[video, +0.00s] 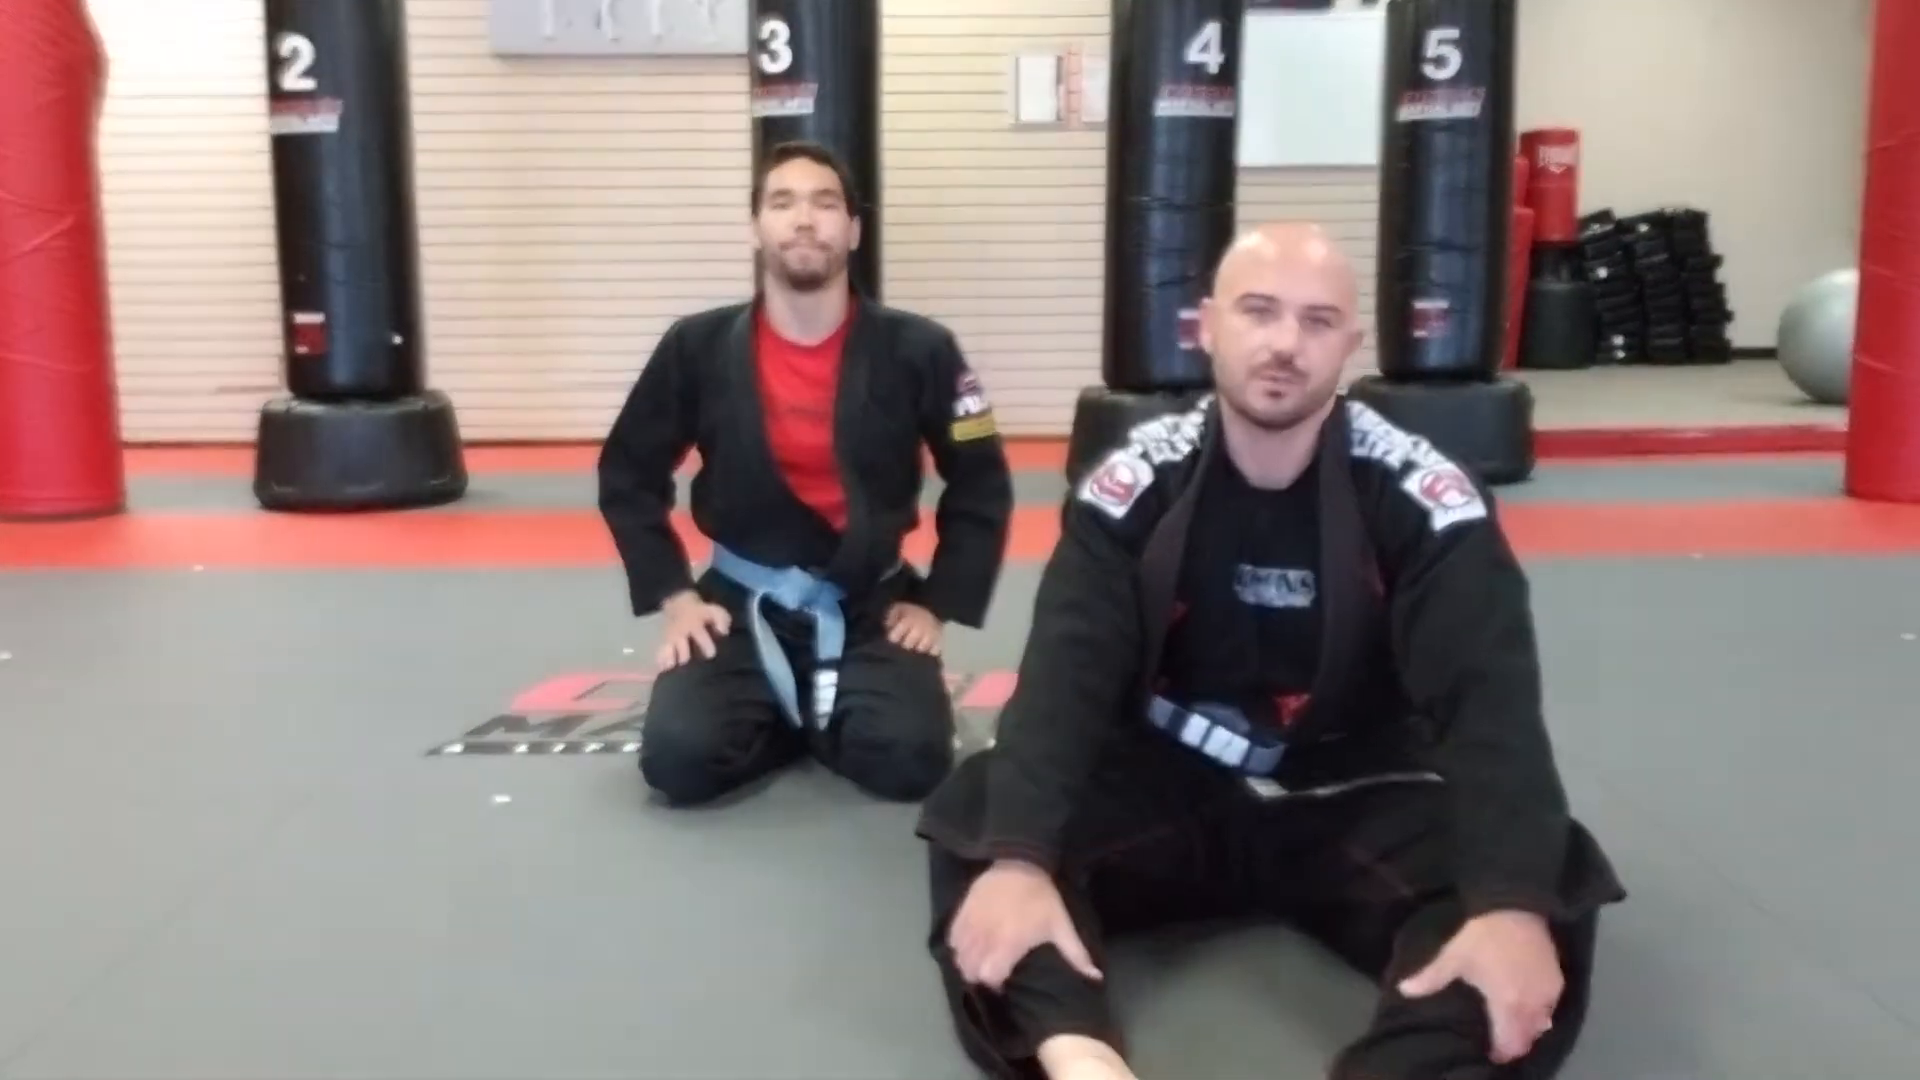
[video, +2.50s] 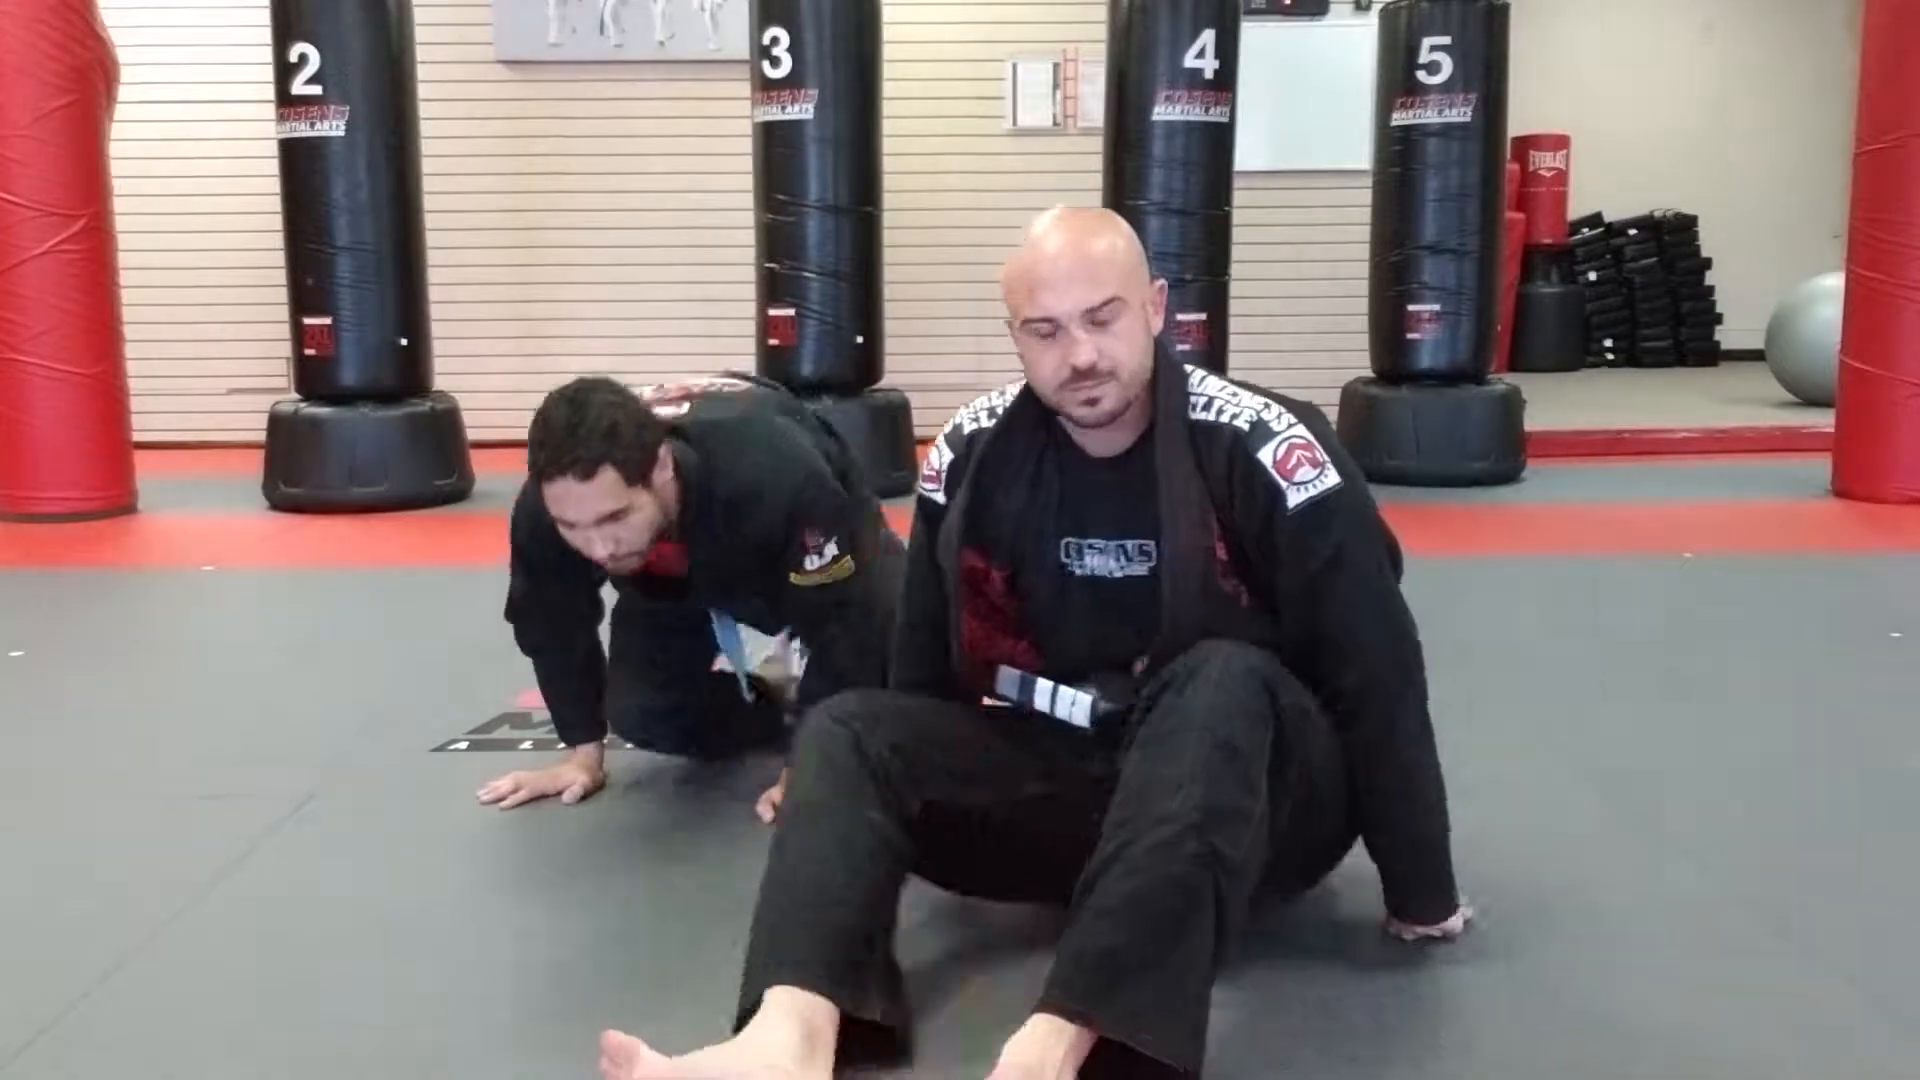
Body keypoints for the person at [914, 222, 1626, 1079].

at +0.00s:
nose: (1285, 344)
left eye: (1317, 323)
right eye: (1258, 312)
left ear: (1351, 347)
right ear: (1205, 328)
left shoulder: (1419, 490)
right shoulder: (1136, 479)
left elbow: (1487, 701)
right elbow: (1065, 675)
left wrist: (1511, 905)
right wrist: (1017, 858)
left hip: (1356, 815)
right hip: (1163, 800)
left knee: (1540, 877)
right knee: (979, 812)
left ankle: (1404, 1059)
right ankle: (1080, 1059)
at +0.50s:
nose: (1293, 355)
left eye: (1321, 330)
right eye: (1264, 323)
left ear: (1350, 347)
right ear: (1204, 336)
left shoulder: (1416, 489)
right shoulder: (1137, 482)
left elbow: (1484, 696)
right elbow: (1065, 677)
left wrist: (1504, 900)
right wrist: (1018, 856)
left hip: (1356, 809)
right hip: (1165, 796)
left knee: (1536, 875)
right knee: (981, 807)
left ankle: (1396, 1067)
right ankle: (1085, 1064)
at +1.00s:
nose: (1237, 381)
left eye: (1259, 346)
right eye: (1201, 354)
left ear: (1293, 341)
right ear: (1151, 365)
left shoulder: (1385, 483)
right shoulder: (1107, 498)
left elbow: (1470, 688)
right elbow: (1046, 689)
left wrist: (1491, 894)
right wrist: (1009, 865)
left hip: (1350, 808)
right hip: (1158, 800)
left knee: (1533, 868)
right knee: (968, 819)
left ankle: (1392, 1060)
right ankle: (1075, 1060)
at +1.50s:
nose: (1238, 341)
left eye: (1262, 314)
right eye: (1207, 319)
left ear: (1297, 328)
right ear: (1165, 341)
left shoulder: (1380, 467)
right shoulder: (1121, 474)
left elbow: (1445, 644)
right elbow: (1049, 637)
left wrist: (1450, 790)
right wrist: (1015, 707)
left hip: (1335, 784)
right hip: (1158, 777)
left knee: (1452, 824)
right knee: (1014, 783)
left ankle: (1341, 1058)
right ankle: (1090, 1046)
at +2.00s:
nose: (1210, 350)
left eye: (1229, 321)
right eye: (1177, 332)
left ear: (1266, 322)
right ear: (1142, 352)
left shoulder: (1362, 453)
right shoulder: (1102, 467)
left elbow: (1491, 631)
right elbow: (986, 612)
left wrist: (1499, 854)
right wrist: (927, 777)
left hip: (1345, 777)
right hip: (1163, 768)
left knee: (1265, 723)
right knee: (1028, 716)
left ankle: (1202, 1029)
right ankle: (984, 996)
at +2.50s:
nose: (1080, 357)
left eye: (1103, 319)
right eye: (1046, 332)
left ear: (1157, 307)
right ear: (1014, 339)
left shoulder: (1267, 450)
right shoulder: (973, 457)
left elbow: (1378, 680)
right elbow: (923, 675)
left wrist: (1421, 892)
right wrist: (899, 849)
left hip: (1253, 803)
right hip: (1052, 798)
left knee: (1221, 676)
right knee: (847, 729)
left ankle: (1056, 1042)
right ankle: (789, 1030)